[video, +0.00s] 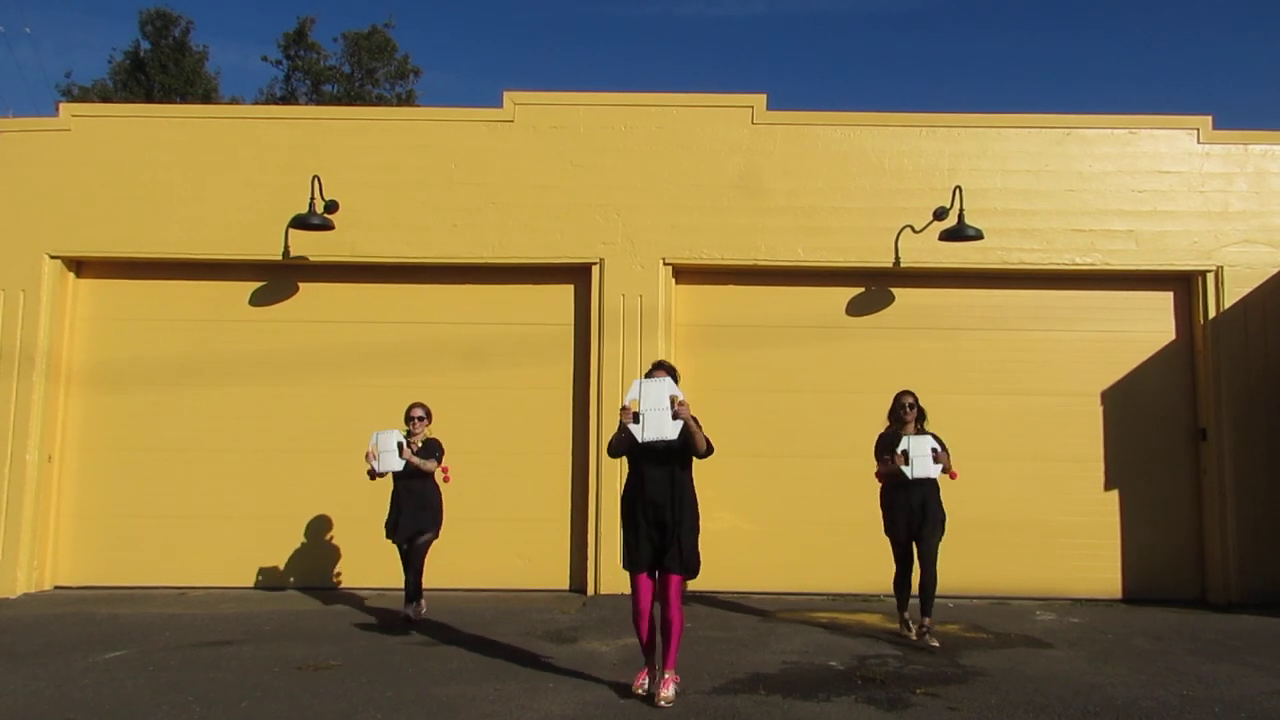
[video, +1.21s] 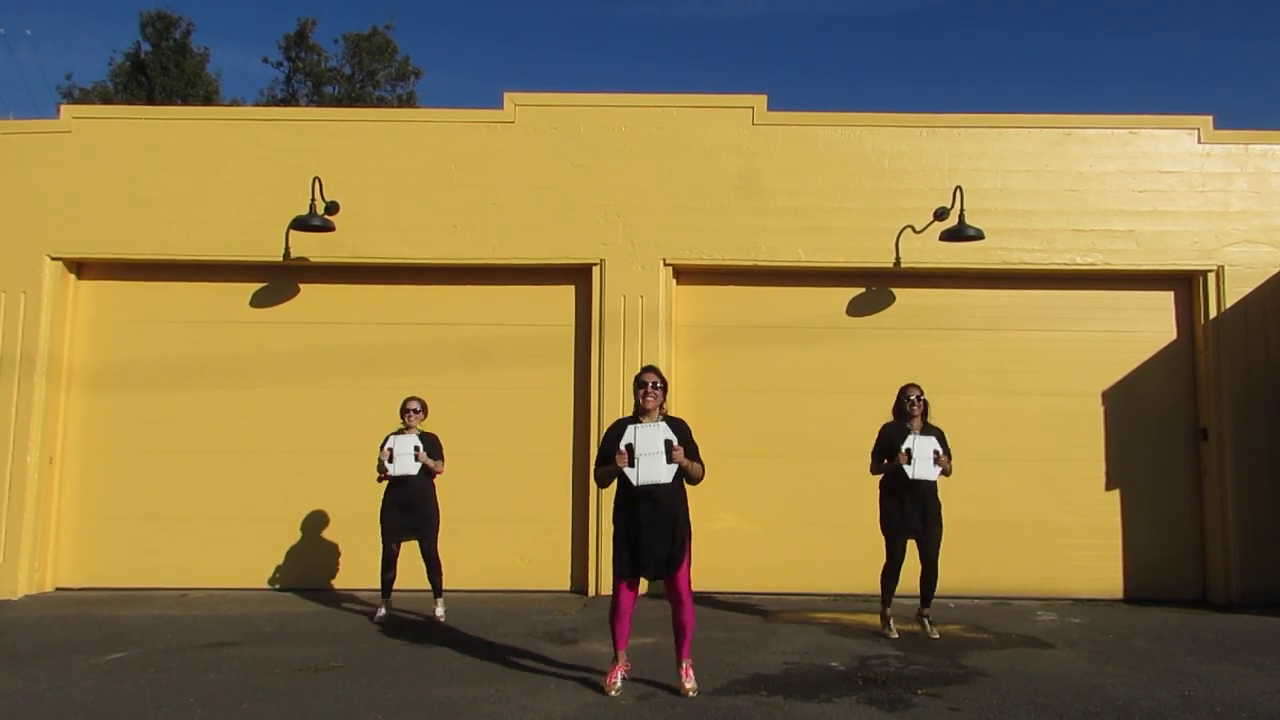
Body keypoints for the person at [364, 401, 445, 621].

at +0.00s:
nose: (415, 423)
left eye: (420, 419)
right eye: (411, 419)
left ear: (428, 421)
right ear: (406, 421)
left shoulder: (433, 445)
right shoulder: (398, 445)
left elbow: (431, 467)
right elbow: (377, 474)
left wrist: (410, 457)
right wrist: (373, 462)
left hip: (427, 509)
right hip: (401, 509)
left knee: (415, 558)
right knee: (407, 560)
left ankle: (409, 606)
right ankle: (418, 601)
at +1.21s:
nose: (411, 415)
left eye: (415, 411)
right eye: (407, 411)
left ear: (423, 415)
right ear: (402, 414)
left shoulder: (430, 439)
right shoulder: (391, 439)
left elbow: (440, 468)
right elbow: (382, 474)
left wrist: (426, 460)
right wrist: (384, 461)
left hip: (423, 501)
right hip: (395, 500)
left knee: (429, 551)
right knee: (389, 552)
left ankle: (439, 601)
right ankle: (385, 603)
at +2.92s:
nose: (413, 417)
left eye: (418, 413)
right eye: (408, 414)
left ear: (426, 418)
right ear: (402, 419)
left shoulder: (432, 441)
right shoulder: (396, 446)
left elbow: (439, 449)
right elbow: (385, 473)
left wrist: (430, 435)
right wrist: (372, 485)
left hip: (428, 505)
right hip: (399, 505)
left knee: (431, 557)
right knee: (386, 554)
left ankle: (439, 610)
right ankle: (376, 600)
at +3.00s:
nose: (416, 417)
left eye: (420, 413)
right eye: (411, 414)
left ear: (428, 416)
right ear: (407, 419)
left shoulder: (437, 437)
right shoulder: (401, 446)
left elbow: (447, 429)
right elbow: (389, 480)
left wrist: (451, 411)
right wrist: (370, 499)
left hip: (431, 503)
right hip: (402, 503)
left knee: (433, 558)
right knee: (384, 554)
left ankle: (439, 612)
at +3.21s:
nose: (418, 418)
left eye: (422, 414)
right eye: (414, 415)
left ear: (429, 418)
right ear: (407, 420)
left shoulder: (436, 440)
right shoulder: (402, 448)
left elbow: (450, 432)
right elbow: (391, 477)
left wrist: (449, 414)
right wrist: (373, 494)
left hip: (434, 505)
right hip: (406, 505)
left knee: (437, 558)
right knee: (381, 550)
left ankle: (445, 612)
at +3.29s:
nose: (413, 418)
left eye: (418, 415)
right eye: (409, 415)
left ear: (427, 418)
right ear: (404, 420)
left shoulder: (435, 439)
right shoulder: (400, 447)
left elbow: (443, 445)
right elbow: (389, 469)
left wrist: (429, 439)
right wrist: (378, 480)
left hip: (432, 504)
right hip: (404, 504)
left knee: (436, 556)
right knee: (385, 552)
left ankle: (447, 609)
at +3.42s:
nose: (412, 431)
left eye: (417, 427)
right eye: (408, 428)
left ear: (424, 432)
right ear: (403, 432)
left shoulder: (430, 457)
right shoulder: (396, 457)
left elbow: (439, 476)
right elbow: (385, 484)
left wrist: (427, 472)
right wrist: (380, 474)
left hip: (428, 516)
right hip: (400, 515)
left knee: (433, 569)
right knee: (389, 567)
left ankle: (448, 616)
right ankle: (389, 615)